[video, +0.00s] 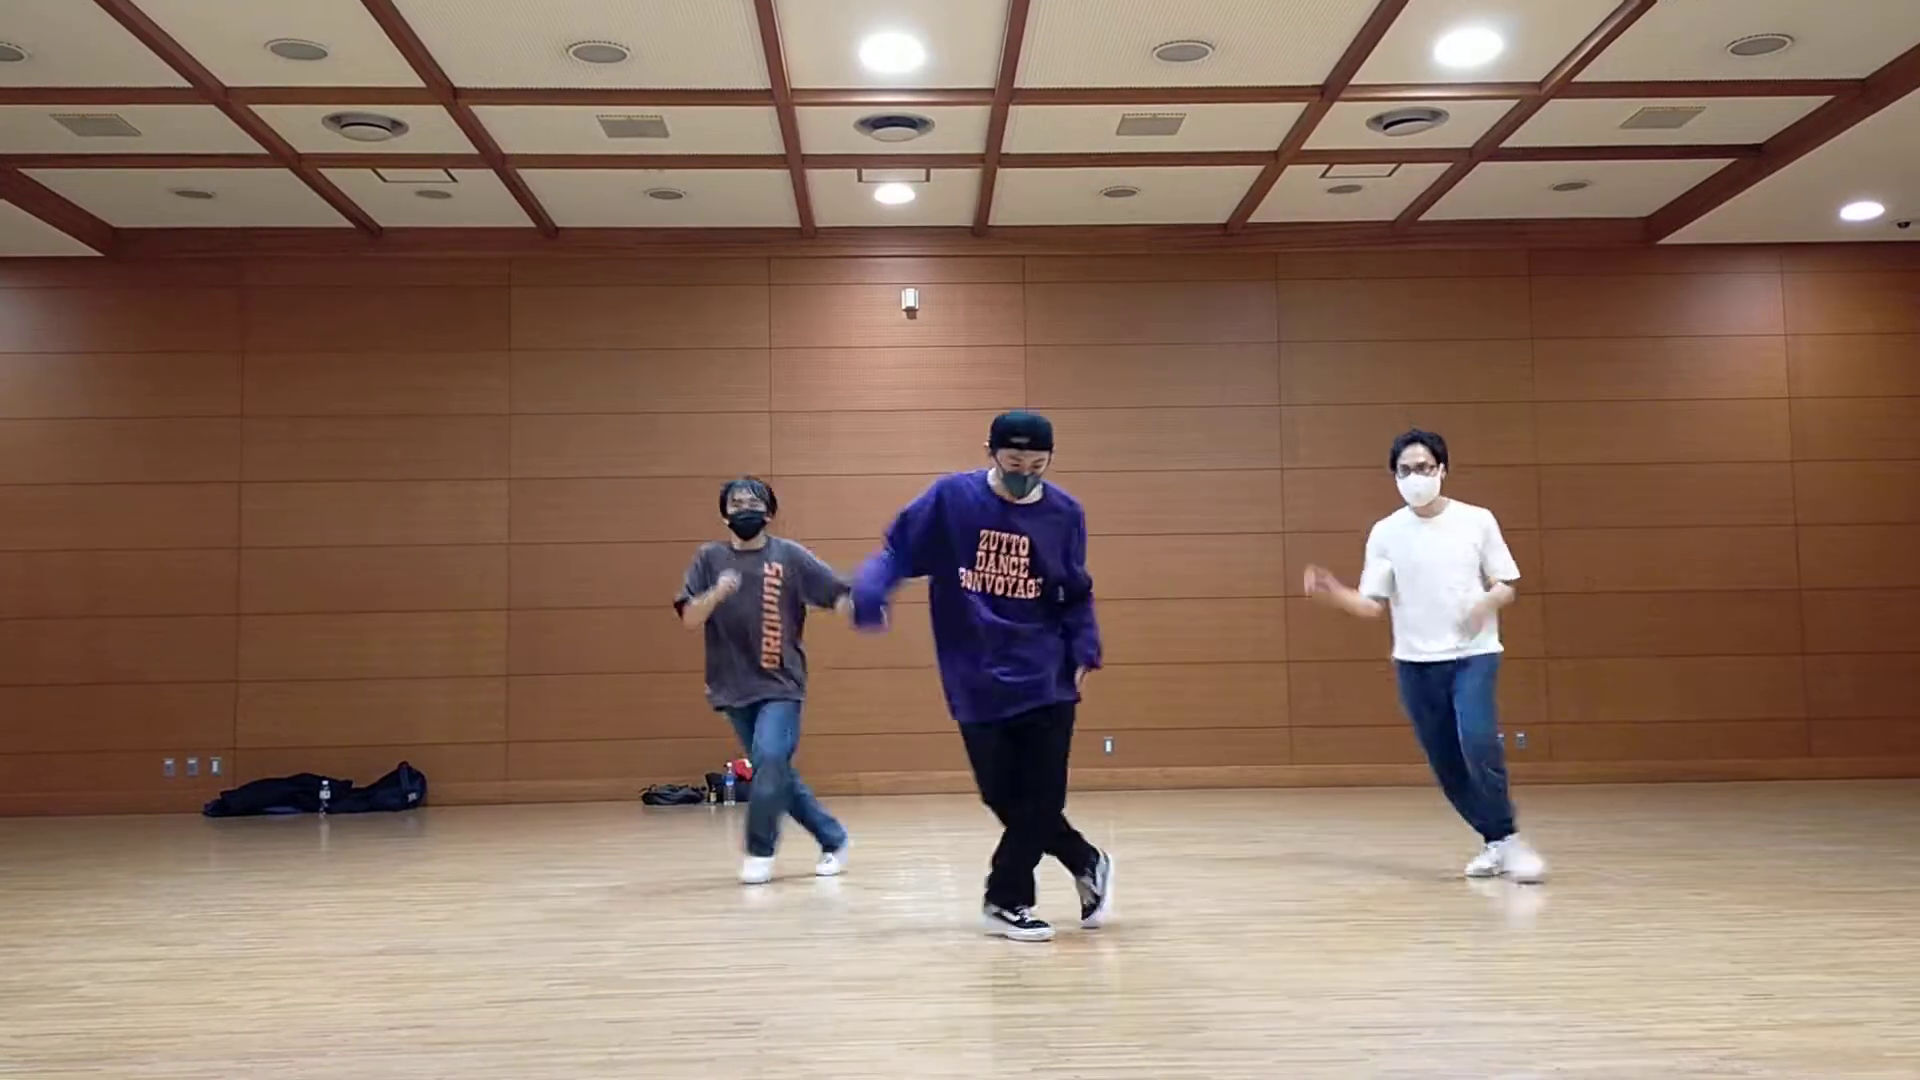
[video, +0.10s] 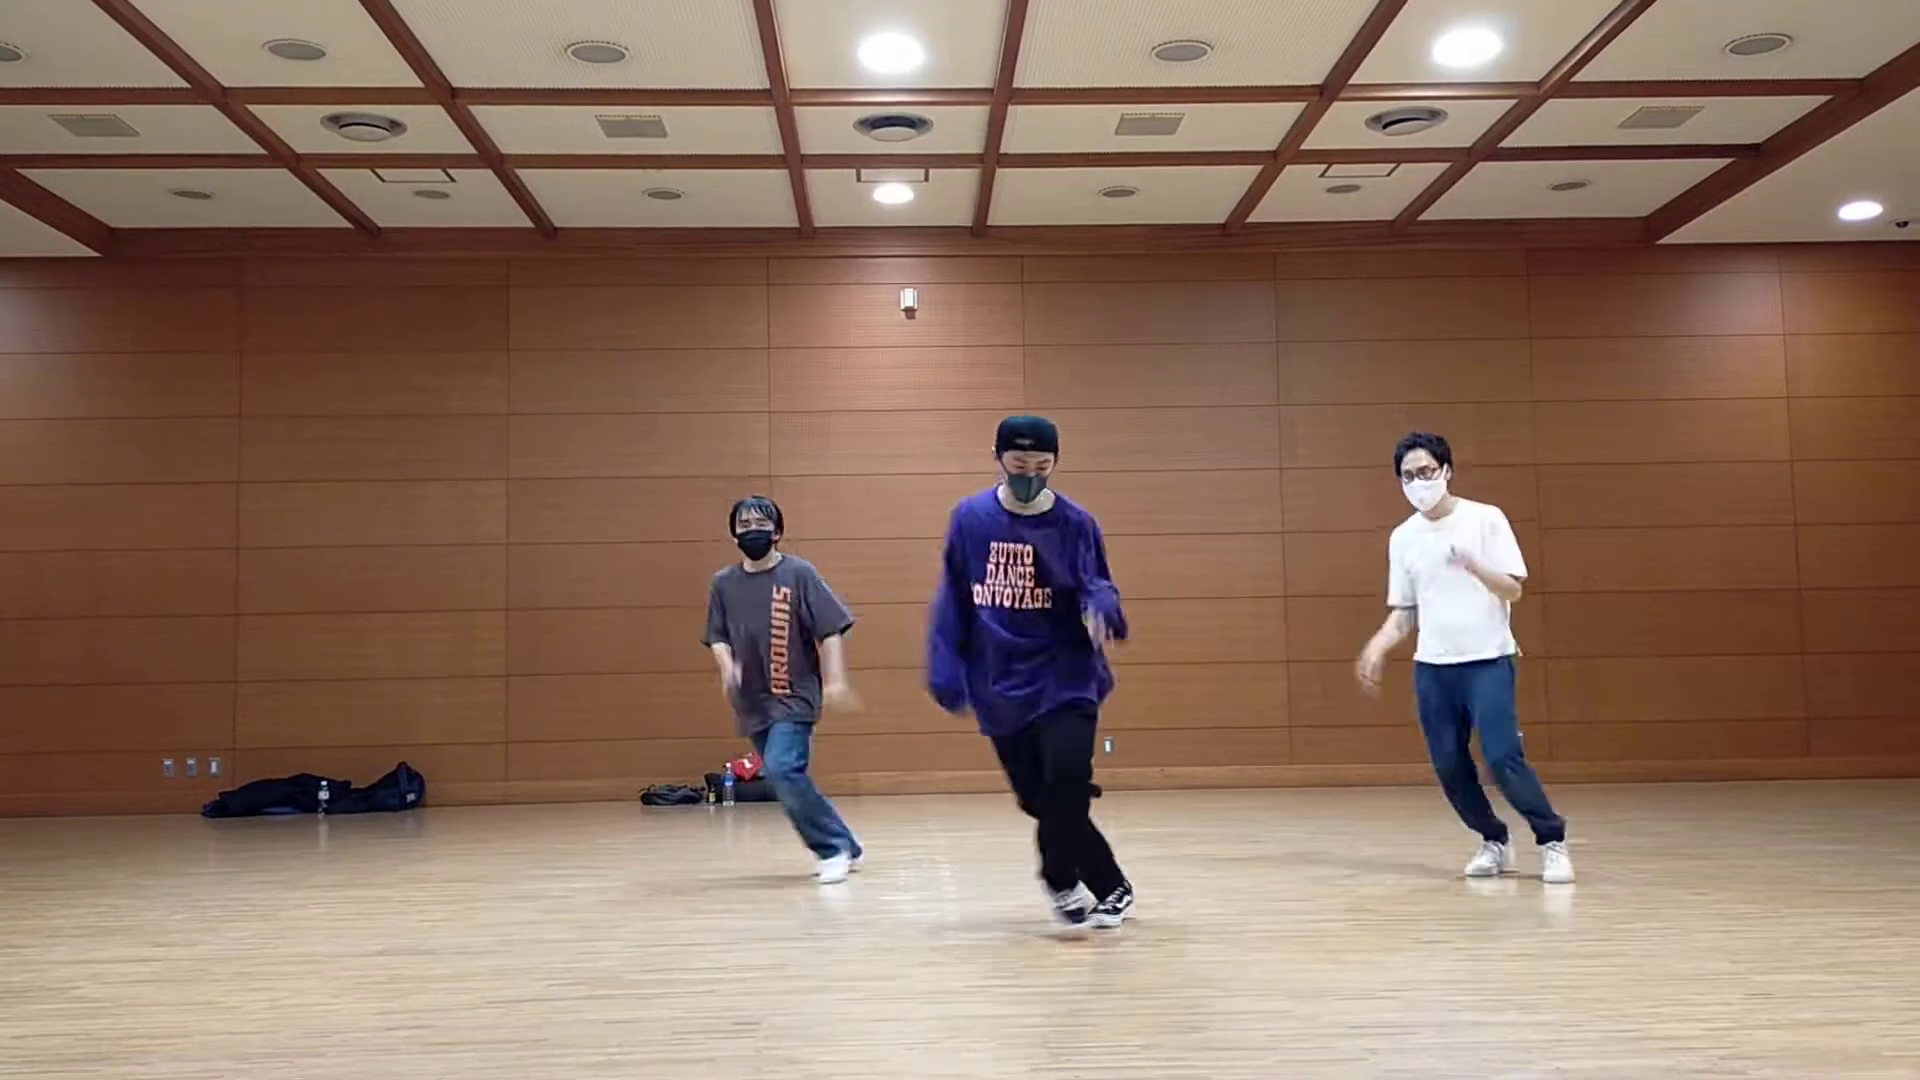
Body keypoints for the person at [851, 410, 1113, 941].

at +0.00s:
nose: (1025, 464)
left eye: (1035, 455)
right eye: (1015, 454)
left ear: (1047, 457)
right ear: (994, 452)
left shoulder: (1064, 514)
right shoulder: (953, 498)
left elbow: (1075, 592)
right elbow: (898, 551)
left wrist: (1083, 651)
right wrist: (867, 590)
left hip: (1044, 676)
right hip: (975, 679)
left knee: (1041, 794)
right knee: (1002, 794)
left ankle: (1006, 900)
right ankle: (1086, 862)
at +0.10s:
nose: (1027, 463)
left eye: (1038, 455)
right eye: (1017, 453)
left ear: (1052, 460)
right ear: (1000, 458)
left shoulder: (1076, 524)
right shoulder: (970, 519)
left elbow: (1100, 590)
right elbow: (951, 598)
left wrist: (1102, 609)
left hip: (1067, 677)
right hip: (1000, 683)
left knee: (1065, 784)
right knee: (1037, 797)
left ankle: (1059, 879)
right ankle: (1113, 887)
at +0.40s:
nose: (989, 406)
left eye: (1000, 397)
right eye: (979, 398)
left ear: (1024, 405)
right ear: (970, 409)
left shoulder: (1050, 459)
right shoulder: (974, 475)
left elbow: (1035, 524)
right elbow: (988, 554)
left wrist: (964, 479)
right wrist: (968, 611)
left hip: (1061, 639)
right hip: (1007, 645)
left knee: (1079, 765)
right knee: (1012, 765)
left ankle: (1139, 882)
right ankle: (1060, 871)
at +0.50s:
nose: (967, 444)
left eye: (977, 432)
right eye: (956, 435)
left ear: (1001, 429)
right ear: (946, 438)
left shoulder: (1029, 485)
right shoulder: (968, 500)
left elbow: (1008, 562)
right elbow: (974, 574)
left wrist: (925, 559)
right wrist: (935, 623)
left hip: (1070, 658)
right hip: (1017, 662)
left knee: (1102, 781)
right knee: (990, 777)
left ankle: (1177, 889)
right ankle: (968, 895)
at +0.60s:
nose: (944, 495)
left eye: (954, 483)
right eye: (934, 486)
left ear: (981, 480)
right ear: (926, 490)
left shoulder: (1011, 540)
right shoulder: (967, 541)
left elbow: (999, 635)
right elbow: (949, 612)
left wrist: (928, 678)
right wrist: (900, 654)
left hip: (1063, 692)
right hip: (1023, 695)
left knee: (1117, 804)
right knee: (961, 785)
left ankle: (1197, 906)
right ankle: (921, 909)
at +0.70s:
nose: (904, 494)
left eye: (915, 483)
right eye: (895, 485)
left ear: (943, 481)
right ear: (889, 488)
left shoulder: (983, 537)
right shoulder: (916, 534)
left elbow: (1012, 634)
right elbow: (913, 613)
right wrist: (894, 681)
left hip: (1033, 682)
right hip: (980, 684)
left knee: (1087, 790)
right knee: (936, 781)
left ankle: (1180, 890)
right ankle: (922, 910)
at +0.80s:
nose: (878, 481)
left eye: (889, 469)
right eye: (867, 472)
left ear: (914, 465)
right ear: (857, 474)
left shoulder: (963, 519)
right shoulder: (870, 529)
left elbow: (1028, 578)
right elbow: (869, 606)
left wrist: (1097, 631)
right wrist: (867, 671)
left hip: (995, 674)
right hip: (933, 675)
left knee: (1014, 778)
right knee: (914, 783)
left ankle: (1096, 858)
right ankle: (921, 910)